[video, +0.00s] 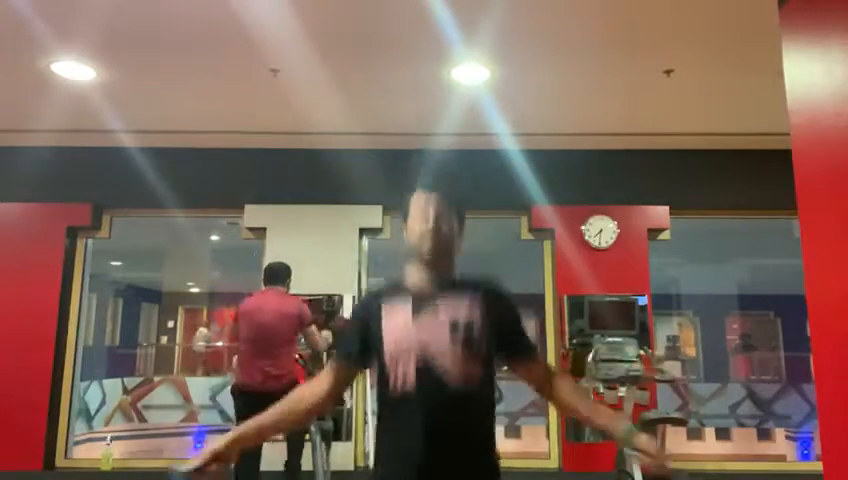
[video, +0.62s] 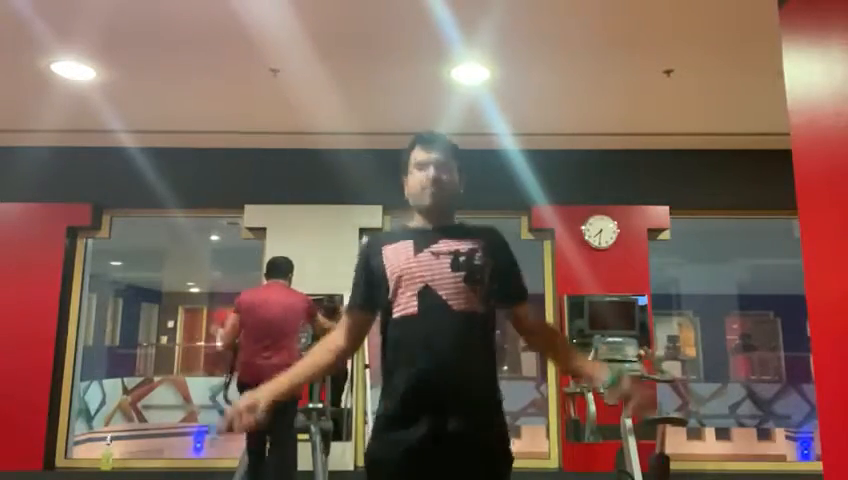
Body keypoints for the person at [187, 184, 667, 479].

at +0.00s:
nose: (426, 230)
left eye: (438, 220)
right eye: (416, 220)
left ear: (458, 233)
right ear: (402, 230)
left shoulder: (488, 303)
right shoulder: (376, 307)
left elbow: (546, 382)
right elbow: (320, 390)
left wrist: (623, 433)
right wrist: (236, 440)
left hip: (470, 466)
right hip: (397, 466)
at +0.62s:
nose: (433, 174)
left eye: (443, 167)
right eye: (421, 167)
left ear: (459, 184)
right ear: (405, 185)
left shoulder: (487, 244)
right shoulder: (379, 252)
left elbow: (532, 327)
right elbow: (342, 340)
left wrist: (592, 370)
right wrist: (268, 394)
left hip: (477, 429)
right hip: (400, 431)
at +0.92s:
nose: (430, 248)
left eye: (442, 239)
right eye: (418, 239)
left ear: (459, 254)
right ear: (402, 253)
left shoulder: (490, 316)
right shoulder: (374, 327)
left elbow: (564, 373)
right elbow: (315, 396)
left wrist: (647, 388)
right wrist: (225, 424)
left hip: (475, 473)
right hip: (401, 472)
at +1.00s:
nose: (427, 238)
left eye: (439, 228)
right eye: (417, 229)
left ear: (459, 241)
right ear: (402, 243)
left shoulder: (490, 311)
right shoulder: (376, 317)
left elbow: (556, 378)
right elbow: (317, 399)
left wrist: (639, 416)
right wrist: (230, 442)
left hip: (474, 468)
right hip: (399, 468)